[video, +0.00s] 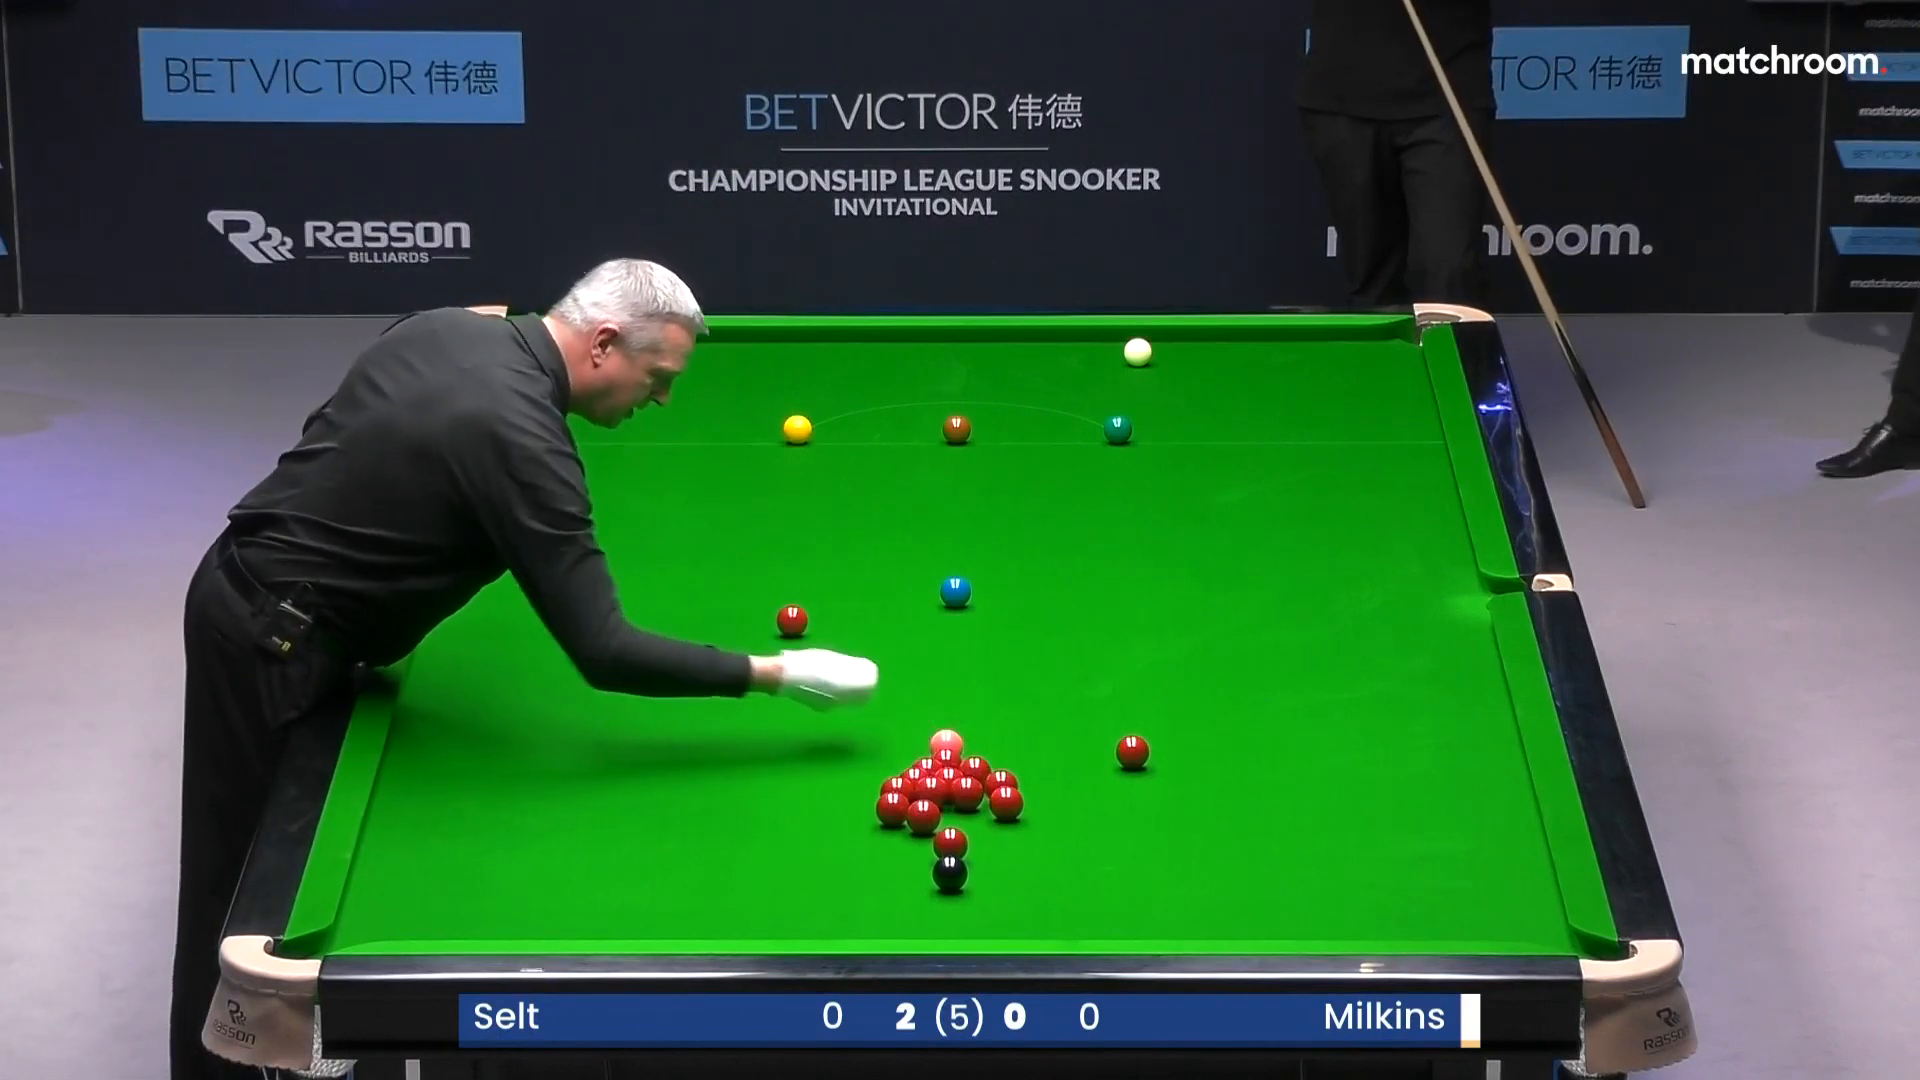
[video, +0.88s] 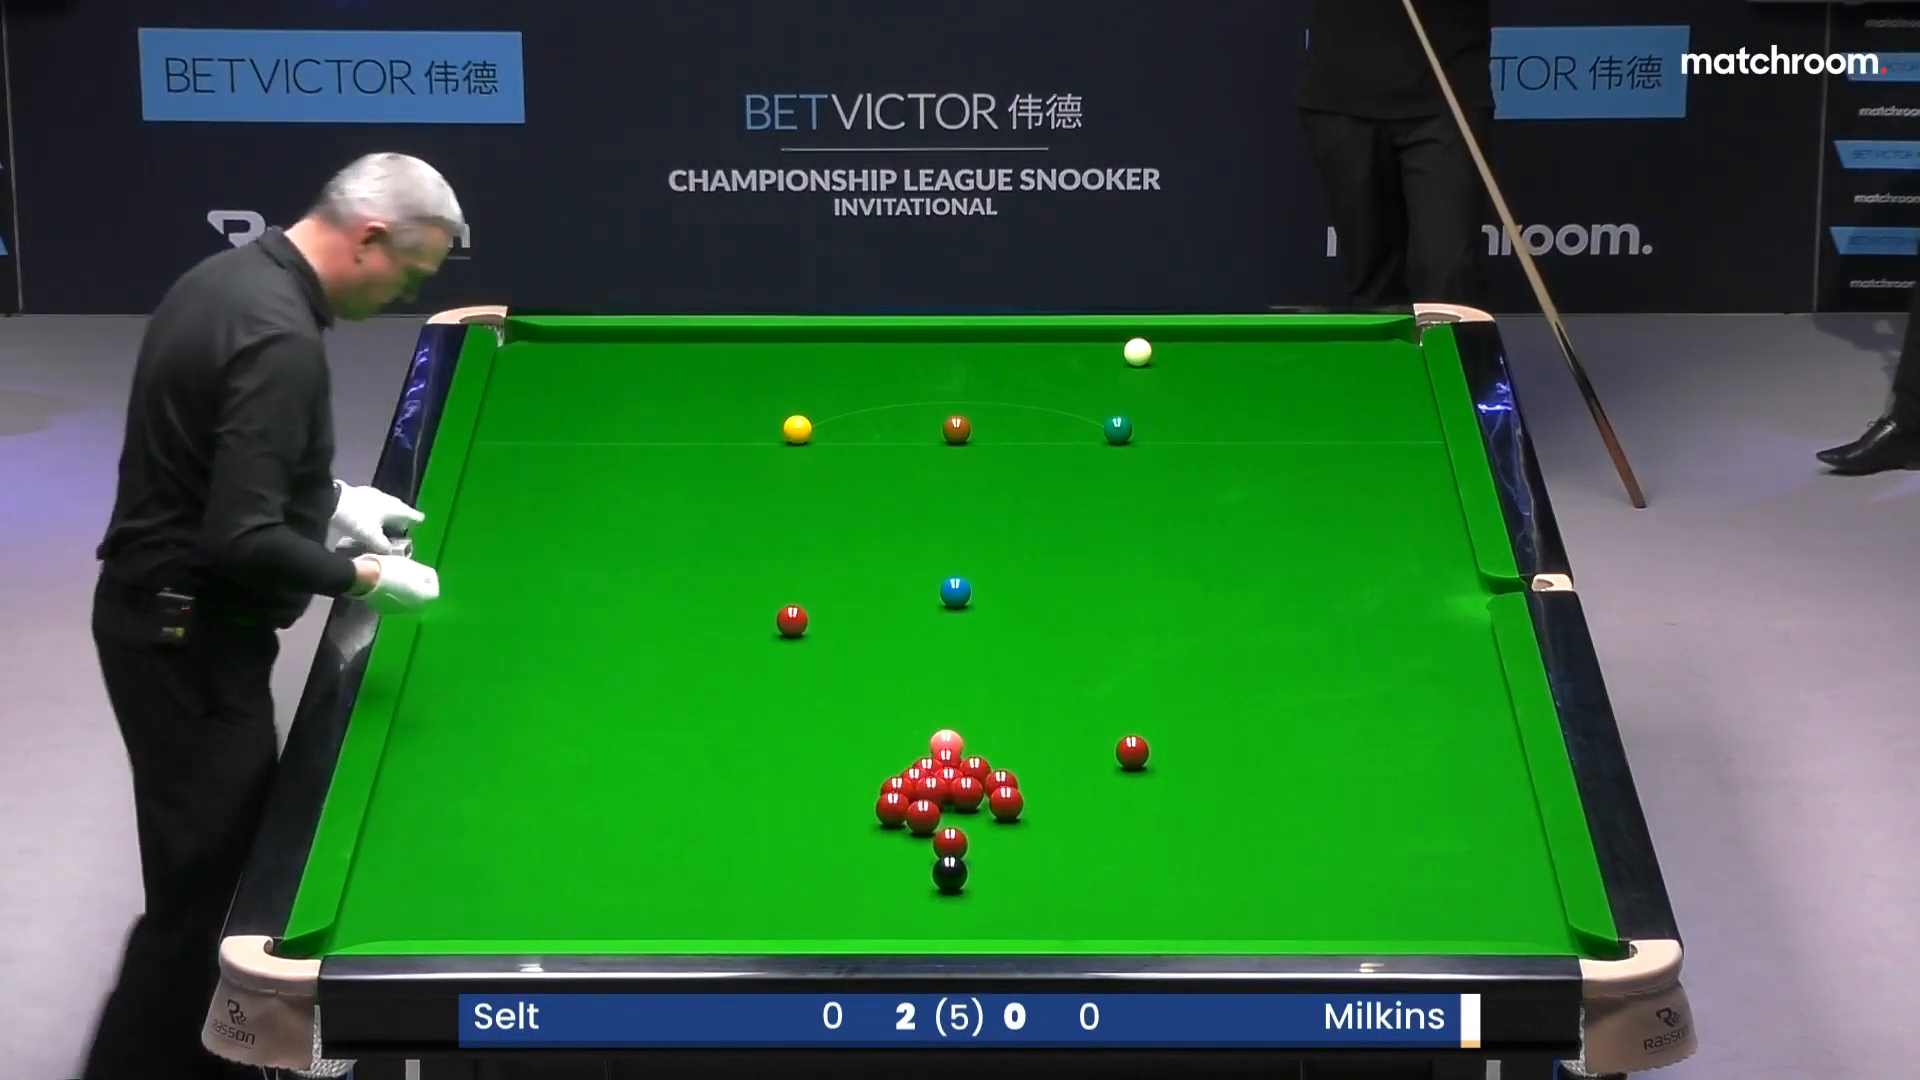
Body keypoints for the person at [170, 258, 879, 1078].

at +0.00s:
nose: (659, 398)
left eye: (670, 382)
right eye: (660, 376)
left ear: (587, 323)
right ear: (600, 338)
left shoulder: (449, 329)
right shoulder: (522, 433)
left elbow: (326, 444)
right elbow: (606, 652)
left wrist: (365, 619)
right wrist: (771, 668)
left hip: (246, 589)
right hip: (277, 634)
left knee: (244, 873)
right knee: (246, 884)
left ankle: (224, 1055)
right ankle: (218, 1063)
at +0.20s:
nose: (622, 369)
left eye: (632, 353)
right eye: (627, 349)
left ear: (565, 307)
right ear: (583, 317)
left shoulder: (415, 314)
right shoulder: (497, 422)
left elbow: (302, 445)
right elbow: (501, 635)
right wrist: (658, 644)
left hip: (234, 597)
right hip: (278, 640)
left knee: (234, 876)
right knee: (247, 890)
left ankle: (224, 1055)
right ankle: (216, 1061)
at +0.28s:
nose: (587, 356)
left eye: (600, 340)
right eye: (599, 338)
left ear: (521, 272)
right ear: (570, 307)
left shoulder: (391, 306)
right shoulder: (472, 410)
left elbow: (298, 445)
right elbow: (447, 612)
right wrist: (593, 630)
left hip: (225, 598)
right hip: (270, 638)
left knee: (236, 869)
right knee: (248, 883)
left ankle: (217, 1050)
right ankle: (214, 1057)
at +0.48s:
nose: (526, 307)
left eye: (533, 291)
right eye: (534, 292)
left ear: (452, 228)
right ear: (514, 282)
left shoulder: (329, 286)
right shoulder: (406, 369)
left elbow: (264, 448)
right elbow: (337, 556)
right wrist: (463, 596)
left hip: (207, 603)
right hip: (258, 635)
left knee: (225, 856)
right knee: (246, 867)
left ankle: (212, 1051)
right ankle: (217, 1059)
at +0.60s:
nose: (486, 298)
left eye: (497, 282)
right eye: (495, 280)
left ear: (411, 220)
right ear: (472, 263)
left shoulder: (298, 281)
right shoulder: (371, 349)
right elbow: (304, 540)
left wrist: (440, 317)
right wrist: (417, 584)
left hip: (194, 608)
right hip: (245, 634)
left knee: (217, 856)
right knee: (242, 866)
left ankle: (208, 1052)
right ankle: (215, 1060)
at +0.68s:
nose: (460, 296)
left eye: (473, 279)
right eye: (470, 277)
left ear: (391, 221)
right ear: (441, 250)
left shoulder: (280, 278)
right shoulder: (347, 343)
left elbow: (268, 430)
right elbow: (291, 535)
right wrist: (402, 580)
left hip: (183, 608)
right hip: (231, 633)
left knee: (212, 854)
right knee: (234, 865)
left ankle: (207, 1053)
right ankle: (212, 1061)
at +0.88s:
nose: (401, 296)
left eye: (415, 280)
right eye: (409, 274)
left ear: (354, 224)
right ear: (366, 235)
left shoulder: (230, 279)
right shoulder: (280, 337)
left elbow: (223, 444)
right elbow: (241, 535)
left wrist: (333, 498)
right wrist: (359, 574)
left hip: (156, 615)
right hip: (190, 639)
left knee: (205, 874)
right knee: (207, 892)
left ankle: (153, 1058)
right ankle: (140, 1066)